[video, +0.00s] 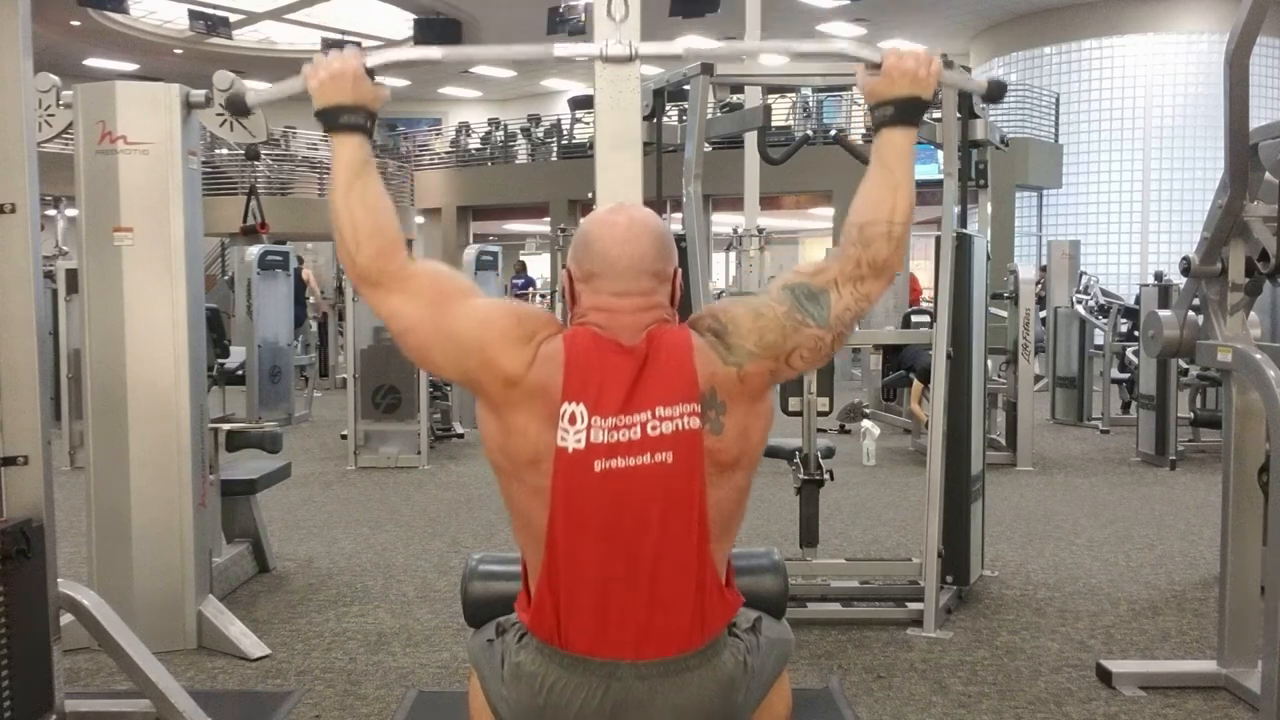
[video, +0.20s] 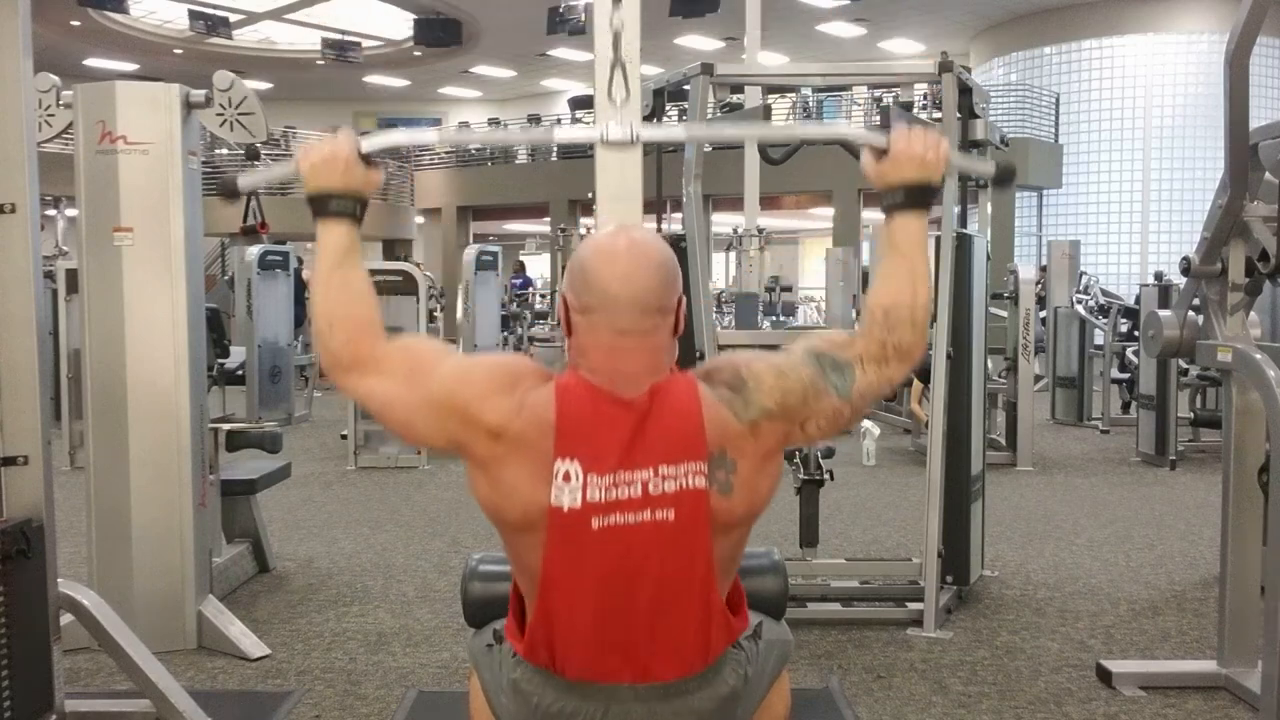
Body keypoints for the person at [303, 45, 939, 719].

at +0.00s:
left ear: (570, 287)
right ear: (673, 288)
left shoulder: (510, 354)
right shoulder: (740, 353)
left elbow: (379, 270)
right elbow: (865, 268)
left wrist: (347, 122)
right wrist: (899, 116)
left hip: (554, 686)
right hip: (698, 685)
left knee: (489, 659)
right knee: (769, 650)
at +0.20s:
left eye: (567, 297)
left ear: (566, 317)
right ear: (678, 317)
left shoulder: (499, 405)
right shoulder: (752, 403)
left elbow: (351, 356)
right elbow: (891, 349)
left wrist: (336, 209)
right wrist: (908, 203)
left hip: (549, 689)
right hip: (708, 685)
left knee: (490, 666)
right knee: (765, 644)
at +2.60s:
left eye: (570, 264)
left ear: (568, 280)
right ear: (671, 281)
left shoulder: (515, 339)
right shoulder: (728, 343)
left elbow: (405, 222)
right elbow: (827, 214)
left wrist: (348, 70)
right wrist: (885, 67)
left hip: (556, 682)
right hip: (697, 681)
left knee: (488, 667)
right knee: (769, 646)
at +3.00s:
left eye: (577, 263)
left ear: (573, 282)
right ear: (675, 281)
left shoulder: (515, 338)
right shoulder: (735, 339)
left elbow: (394, 239)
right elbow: (850, 232)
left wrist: (349, 85)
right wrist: (894, 82)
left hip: (554, 682)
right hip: (699, 681)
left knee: (487, 665)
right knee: (770, 650)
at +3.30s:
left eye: (568, 294)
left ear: (568, 318)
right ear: (681, 316)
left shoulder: (501, 397)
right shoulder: (752, 396)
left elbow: (352, 333)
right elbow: (892, 332)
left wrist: (333, 184)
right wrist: (911, 179)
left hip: (553, 688)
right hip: (708, 685)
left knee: (490, 666)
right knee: (768, 651)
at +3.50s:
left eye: (568, 338)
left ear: (566, 362)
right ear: (686, 366)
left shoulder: (494, 462)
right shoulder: (759, 464)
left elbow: (333, 436)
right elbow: (910, 434)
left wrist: (323, 288)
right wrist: (919, 296)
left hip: (543, 695)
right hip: (704, 695)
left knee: (489, 599)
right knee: (768, 639)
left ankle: (481, 707)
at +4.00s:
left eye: (563, 392)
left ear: (564, 414)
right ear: (687, 420)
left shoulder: (485, 544)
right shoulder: (765, 541)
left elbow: (350, 642)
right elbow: (875, 637)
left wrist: (323, 490)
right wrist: (905, 490)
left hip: (534, 707)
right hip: (707, 709)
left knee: (487, 662)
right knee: (770, 647)